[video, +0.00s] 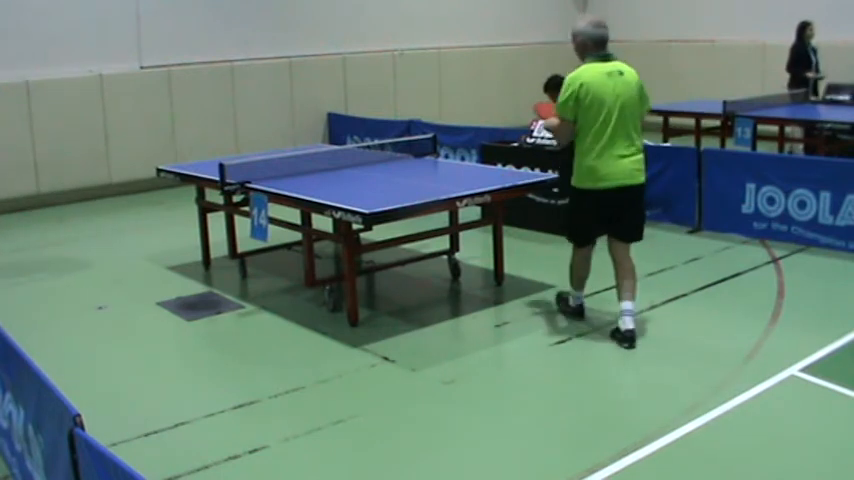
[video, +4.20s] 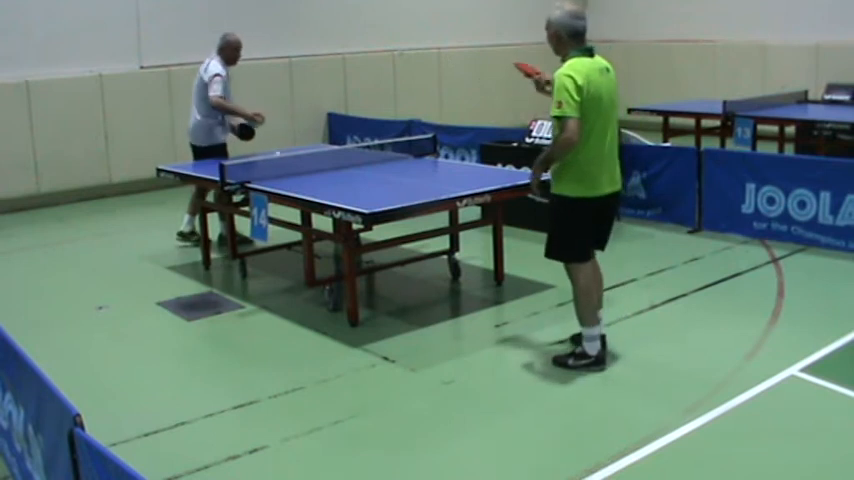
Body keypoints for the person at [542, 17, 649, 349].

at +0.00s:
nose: (572, 49)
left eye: (574, 44)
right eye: (574, 44)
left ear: (579, 46)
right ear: (606, 44)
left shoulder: (577, 80)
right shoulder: (631, 75)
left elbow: (562, 134)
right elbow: (642, 115)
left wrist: (552, 119)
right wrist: (610, 114)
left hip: (590, 181)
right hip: (631, 179)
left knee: (582, 246)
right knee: (621, 248)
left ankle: (576, 302)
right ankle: (628, 325)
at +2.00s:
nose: (582, 38)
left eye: (583, 33)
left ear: (585, 35)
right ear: (616, 34)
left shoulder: (582, 74)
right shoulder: (637, 72)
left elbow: (570, 135)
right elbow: (648, 129)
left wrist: (563, 139)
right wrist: (612, 128)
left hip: (590, 187)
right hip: (629, 184)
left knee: (586, 262)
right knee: (618, 253)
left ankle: (589, 349)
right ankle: (624, 340)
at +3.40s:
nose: (581, 40)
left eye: (582, 35)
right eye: (586, 34)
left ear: (585, 35)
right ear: (615, 33)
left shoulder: (583, 73)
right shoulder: (636, 71)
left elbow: (572, 138)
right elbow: (626, 122)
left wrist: (557, 137)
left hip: (586, 184)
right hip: (626, 183)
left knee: (583, 260)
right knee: (616, 252)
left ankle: (591, 347)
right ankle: (624, 339)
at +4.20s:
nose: (547, 41)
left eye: (548, 36)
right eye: (547, 36)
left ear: (556, 37)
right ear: (582, 35)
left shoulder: (568, 75)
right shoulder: (604, 67)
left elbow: (570, 136)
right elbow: (594, 104)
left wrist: (539, 167)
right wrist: (552, 89)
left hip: (578, 189)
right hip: (605, 184)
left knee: (575, 260)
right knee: (585, 256)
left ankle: (591, 347)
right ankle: (593, 331)